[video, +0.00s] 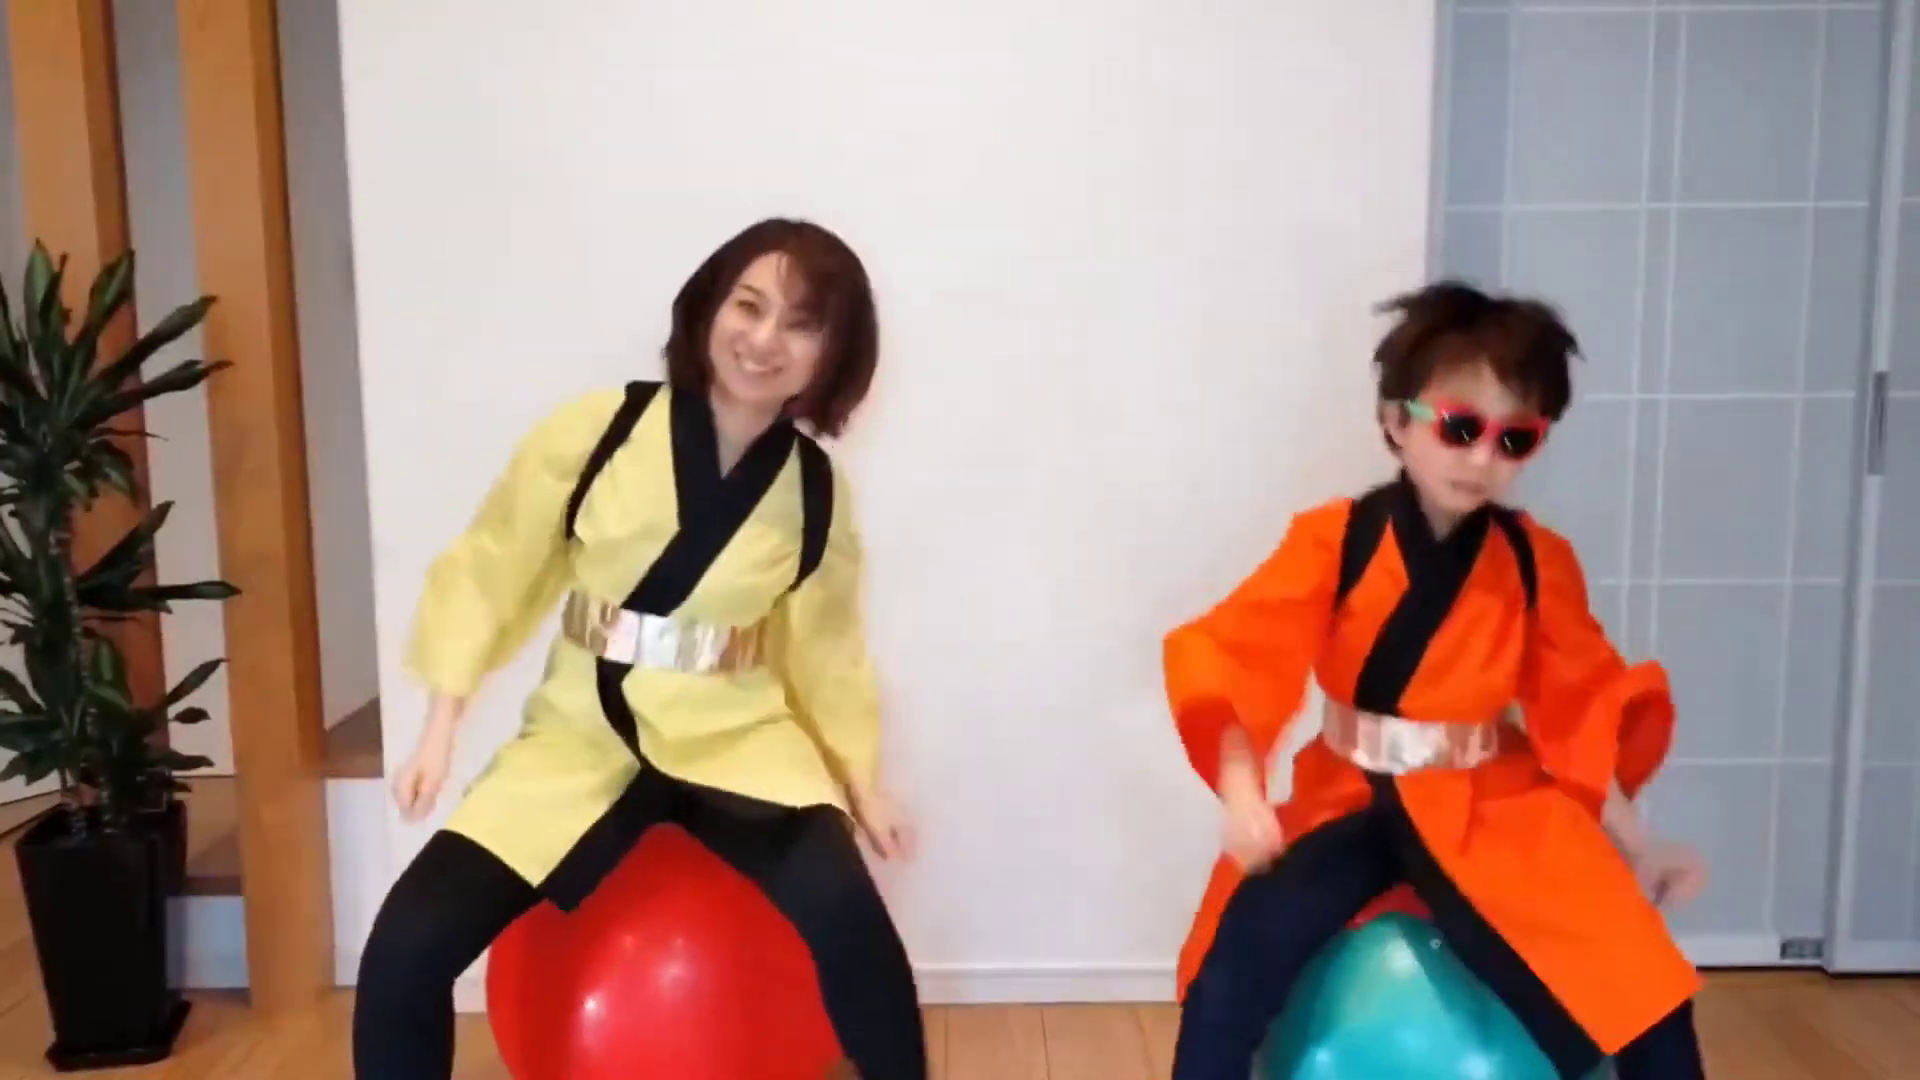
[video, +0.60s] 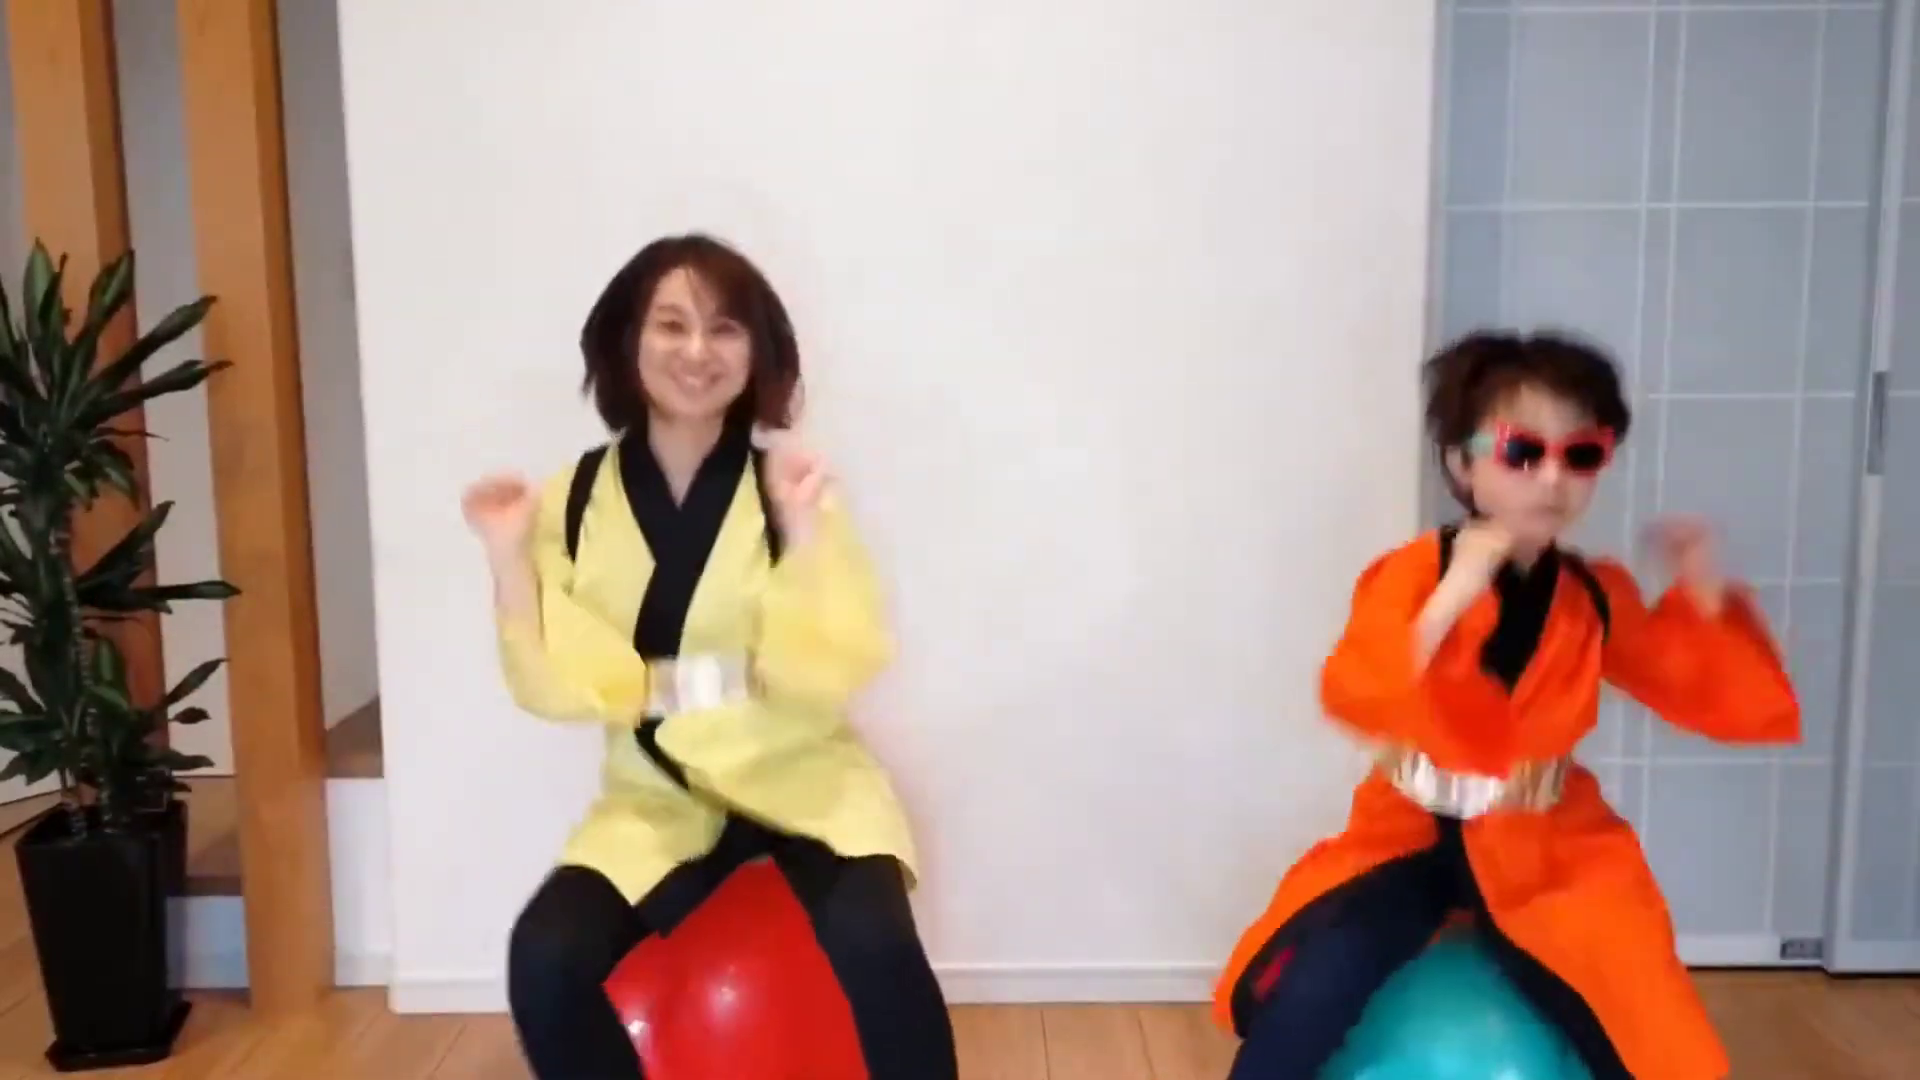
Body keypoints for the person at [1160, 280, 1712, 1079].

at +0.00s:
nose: (1483, 459)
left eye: (1515, 439)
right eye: (1459, 426)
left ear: (1537, 446)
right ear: (1397, 423)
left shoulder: (1536, 561)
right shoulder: (1336, 539)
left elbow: (1581, 714)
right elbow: (1223, 661)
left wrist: (1635, 842)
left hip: (1490, 805)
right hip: (1351, 800)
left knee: (1646, 983)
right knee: (1240, 954)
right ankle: (1207, 1067)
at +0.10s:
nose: (1519, 543)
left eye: (1545, 520)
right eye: (1489, 516)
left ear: (1565, 528)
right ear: (1421, 521)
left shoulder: (1554, 658)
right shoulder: (1353, 648)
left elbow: (1599, 795)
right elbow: (1310, 810)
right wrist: (1335, 973)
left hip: (1487, 887)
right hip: (1351, 885)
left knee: (1628, 1039)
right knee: (1237, 1017)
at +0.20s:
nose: (1536, 573)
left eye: (1560, 551)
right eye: (1505, 549)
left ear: (1578, 566)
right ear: (1439, 571)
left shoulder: (1562, 693)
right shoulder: (1391, 703)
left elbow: (1610, 828)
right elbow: (1417, 881)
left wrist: (1661, 938)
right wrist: (1479, 1048)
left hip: (1497, 935)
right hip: (1355, 939)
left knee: (1630, 1048)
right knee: (1253, 1050)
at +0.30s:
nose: (1549, 478)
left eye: (1574, 454)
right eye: (1517, 453)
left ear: (1595, 468)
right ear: (1451, 475)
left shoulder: (1592, 610)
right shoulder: (1407, 615)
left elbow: (1677, 726)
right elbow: (1478, 785)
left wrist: (1781, 824)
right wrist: (1630, 923)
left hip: (1523, 878)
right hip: (1386, 876)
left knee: (1666, 1039)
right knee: (1271, 1021)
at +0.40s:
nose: (1558, 397)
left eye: (1586, 373)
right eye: (1525, 371)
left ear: (1607, 388)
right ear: (1462, 391)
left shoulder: (1600, 525)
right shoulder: (1421, 523)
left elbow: (1711, 614)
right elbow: (1467, 667)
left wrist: (1860, 671)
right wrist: (1657, 694)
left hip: (1539, 801)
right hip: (1406, 790)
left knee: (1663, 1027)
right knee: (1292, 970)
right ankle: (1243, 1068)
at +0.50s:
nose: (1560, 399)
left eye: (1587, 377)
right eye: (1529, 373)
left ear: (1609, 391)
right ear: (1467, 389)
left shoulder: (1591, 517)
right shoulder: (1421, 504)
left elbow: (1698, 589)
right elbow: (1423, 618)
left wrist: (1828, 555)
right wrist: (1563, 558)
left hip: (1537, 780)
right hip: (1408, 774)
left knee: (1643, 1006)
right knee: (1306, 965)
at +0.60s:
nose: (1554, 478)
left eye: (1582, 454)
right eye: (1521, 451)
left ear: (1603, 468)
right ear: (1461, 465)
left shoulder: (1597, 597)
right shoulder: (1407, 576)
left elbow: (1725, 706)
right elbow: (1353, 698)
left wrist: (1707, 603)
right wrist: (1451, 597)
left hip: (1541, 848)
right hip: (1409, 838)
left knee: (1638, 1015)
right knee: (1311, 982)